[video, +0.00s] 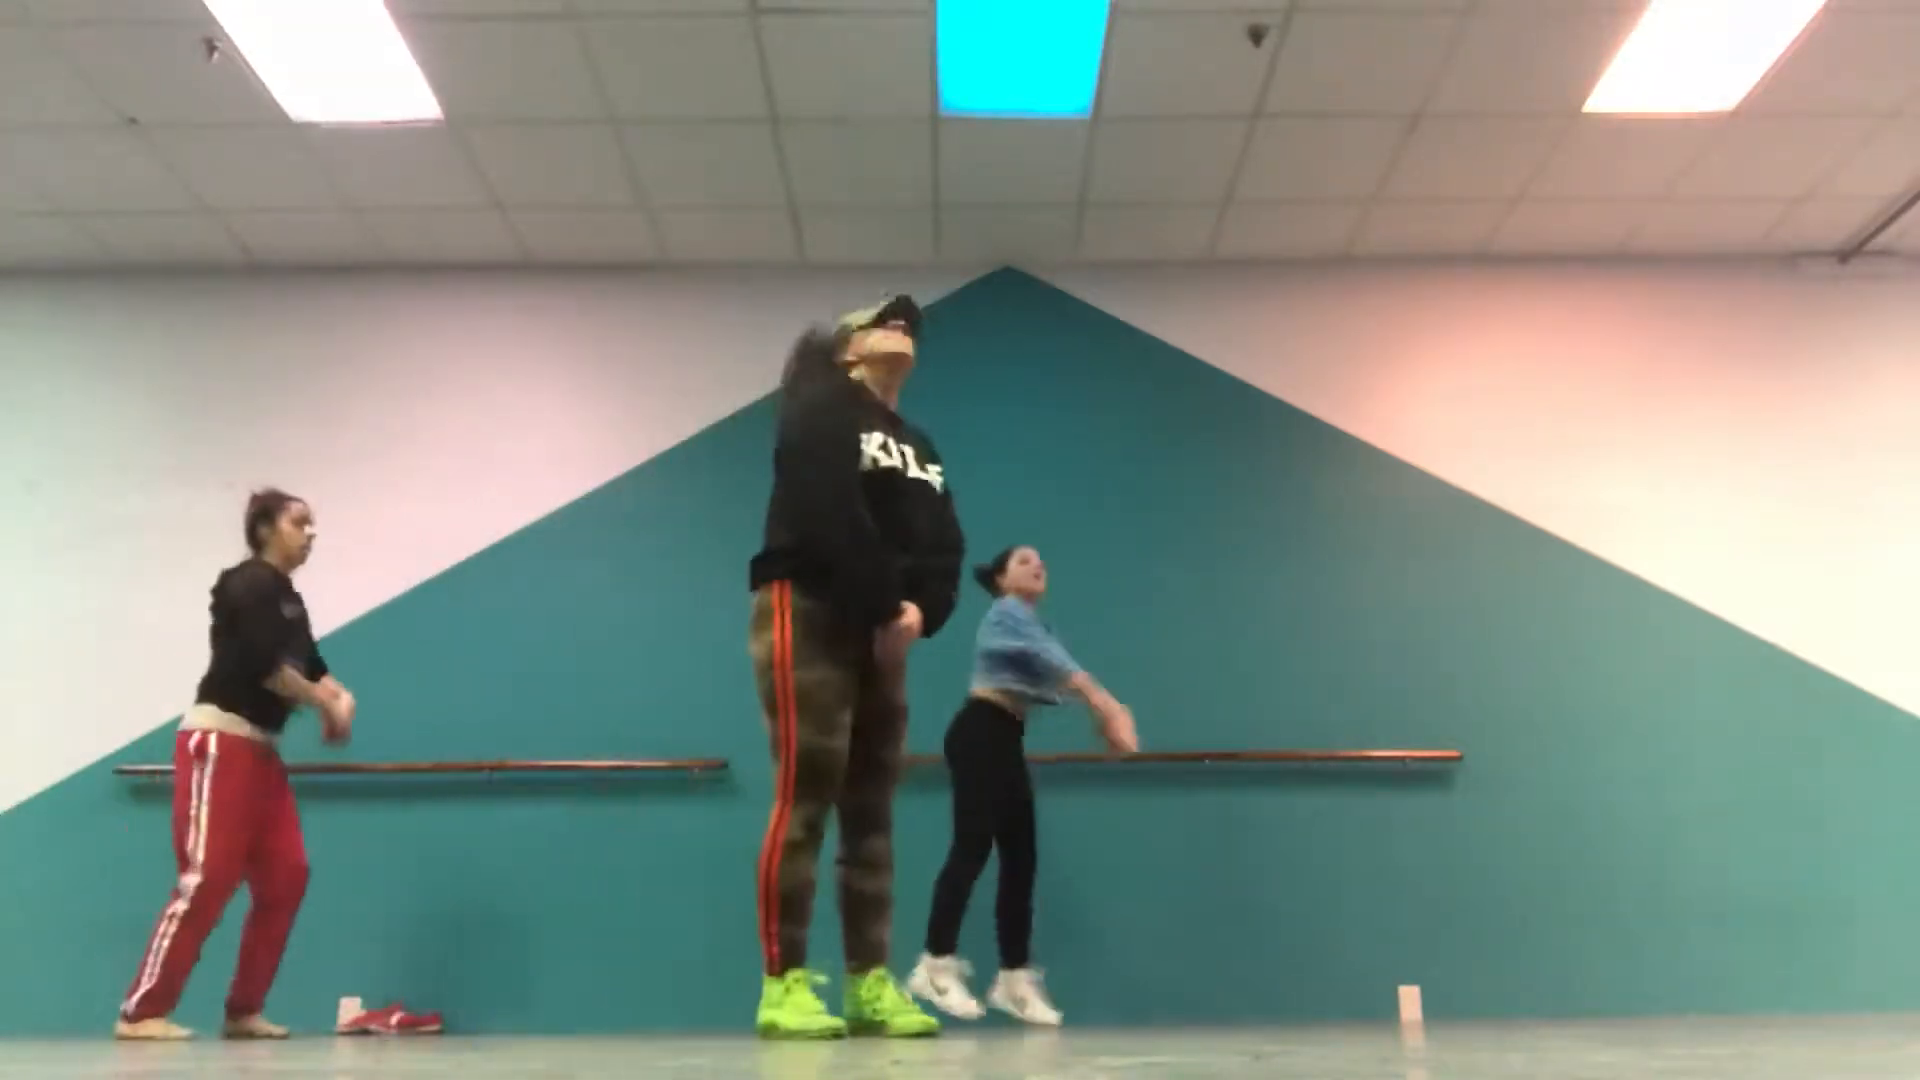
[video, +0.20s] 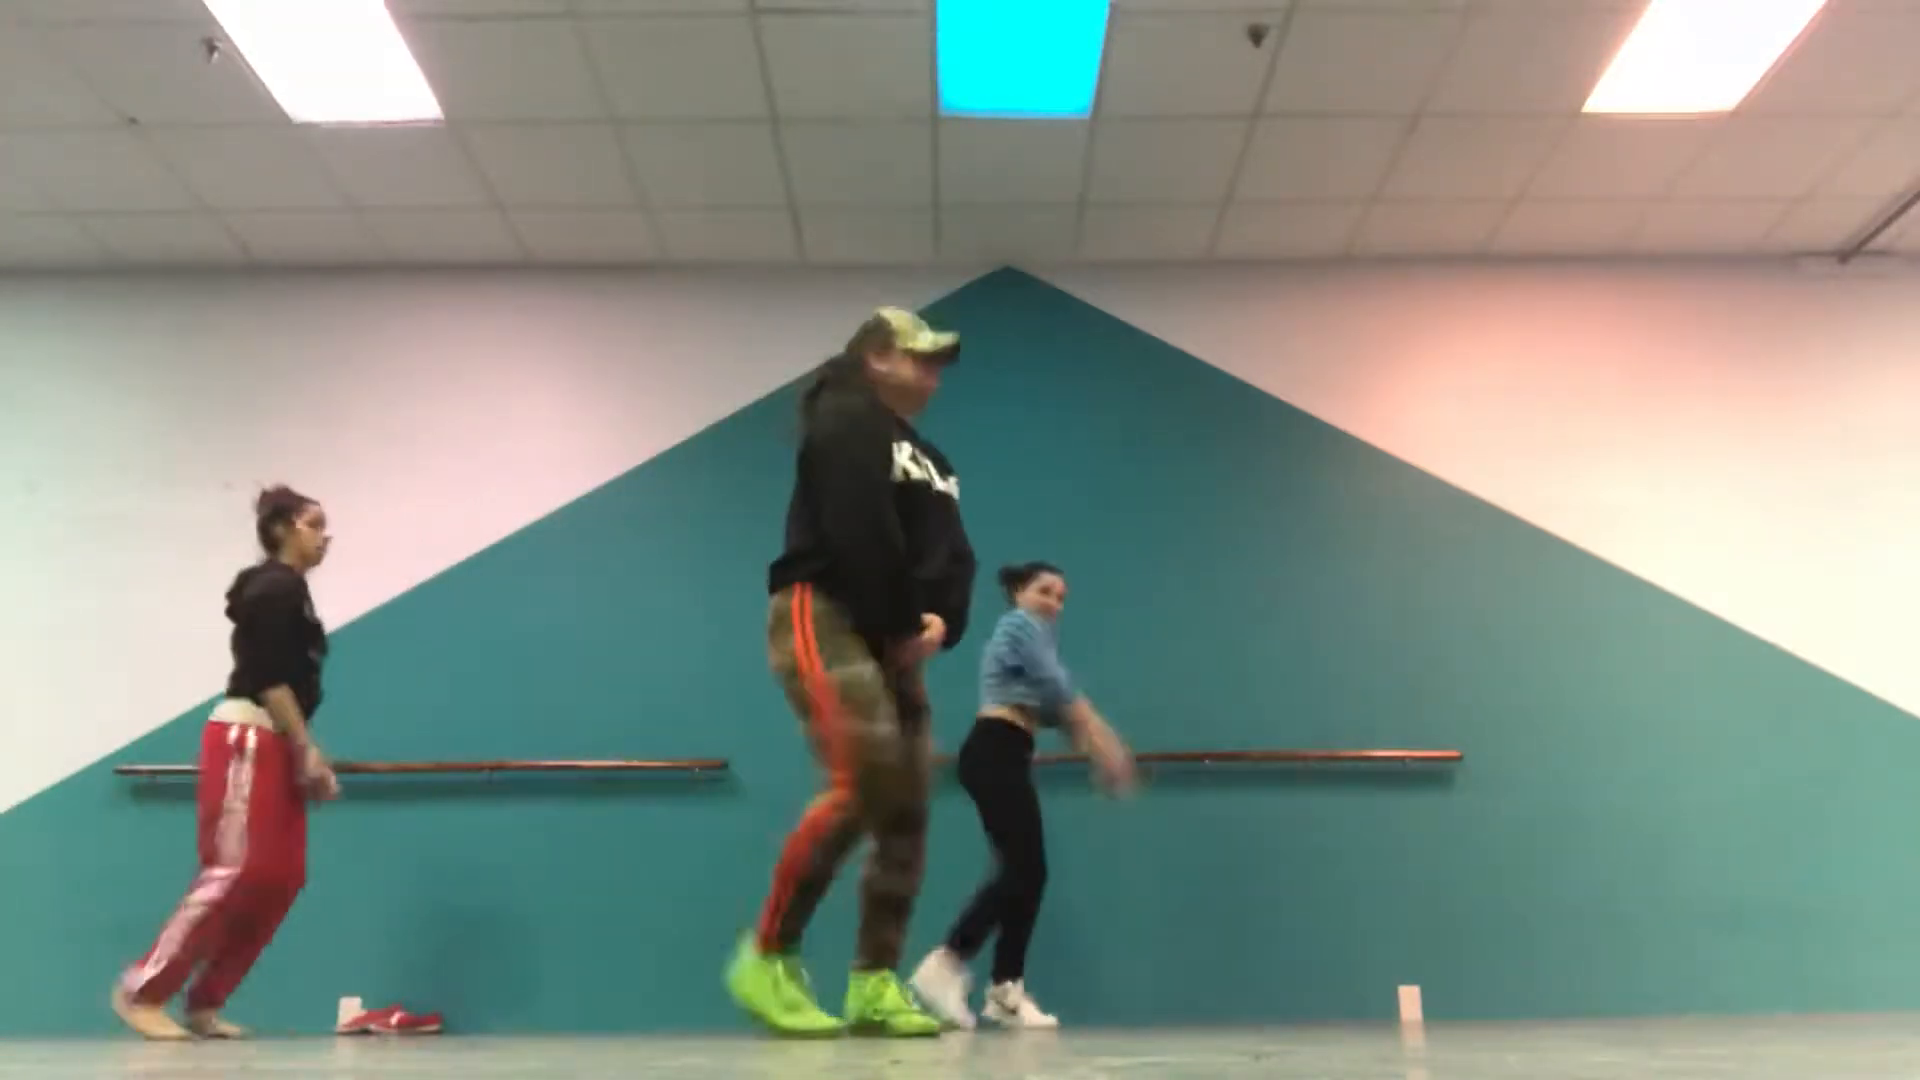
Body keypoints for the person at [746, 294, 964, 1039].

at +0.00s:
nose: (903, 329)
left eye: (906, 323)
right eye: (886, 321)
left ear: (905, 353)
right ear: (849, 345)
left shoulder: (915, 440)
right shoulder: (822, 402)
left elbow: (945, 541)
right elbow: (827, 510)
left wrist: (924, 606)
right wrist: (885, 597)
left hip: (879, 616)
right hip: (806, 602)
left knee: (870, 798)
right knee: (807, 792)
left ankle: (868, 981)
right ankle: (783, 984)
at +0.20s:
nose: (934, 375)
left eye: (937, 364)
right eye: (922, 362)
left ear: (919, 369)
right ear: (878, 360)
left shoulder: (926, 455)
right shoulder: (845, 412)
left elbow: (955, 550)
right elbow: (857, 528)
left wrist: (943, 614)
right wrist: (896, 624)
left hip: (890, 624)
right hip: (821, 608)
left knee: (906, 798)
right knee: (863, 778)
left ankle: (874, 978)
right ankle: (766, 957)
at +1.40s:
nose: (958, 418)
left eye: (957, 406)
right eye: (950, 405)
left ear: (921, 404)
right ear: (917, 405)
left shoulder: (908, 473)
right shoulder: (878, 467)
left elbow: (901, 552)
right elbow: (876, 538)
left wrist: (915, 590)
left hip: (848, 662)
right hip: (829, 661)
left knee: (785, 835)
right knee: (954, 780)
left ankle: (686, 975)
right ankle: (936, 978)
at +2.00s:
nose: (936, 381)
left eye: (931, 368)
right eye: (928, 371)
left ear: (849, 387)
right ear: (911, 384)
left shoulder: (819, 454)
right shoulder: (937, 447)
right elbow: (989, 513)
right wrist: (919, 488)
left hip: (791, 624)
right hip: (877, 622)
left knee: (871, 814)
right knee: (822, 806)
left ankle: (923, 984)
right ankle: (739, 979)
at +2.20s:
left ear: (848, 414)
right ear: (908, 408)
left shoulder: (832, 471)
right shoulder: (955, 455)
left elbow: (813, 561)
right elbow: (1016, 528)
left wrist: (861, 587)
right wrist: (953, 535)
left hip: (863, 657)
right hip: (952, 653)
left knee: (885, 827)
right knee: (994, 814)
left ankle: (873, 988)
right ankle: (906, 903)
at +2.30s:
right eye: (915, 407)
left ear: (866, 417)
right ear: (928, 410)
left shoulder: (856, 469)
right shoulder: (975, 450)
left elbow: (822, 556)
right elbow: (1033, 511)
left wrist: (884, 548)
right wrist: (973, 535)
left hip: (892, 649)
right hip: (985, 643)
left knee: (884, 820)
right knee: (1042, 802)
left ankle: (874, 979)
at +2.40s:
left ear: (891, 425)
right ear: (952, 417)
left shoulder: (879, 475)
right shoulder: (998, 455)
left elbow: (846, 559)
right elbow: (1049, 518)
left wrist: (902, 524)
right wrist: (990, 530)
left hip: (927, 653)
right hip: (1023, 648)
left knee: (873, 805)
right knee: (1082, 801)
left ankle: (854, 955)